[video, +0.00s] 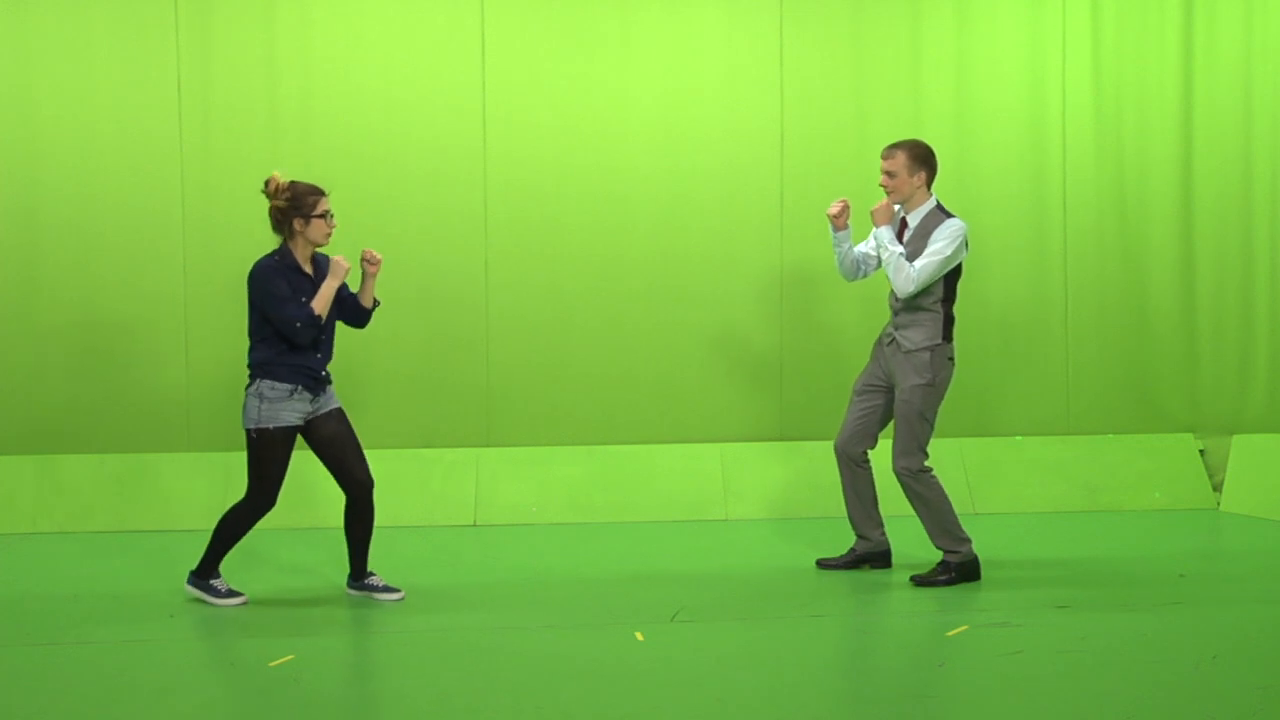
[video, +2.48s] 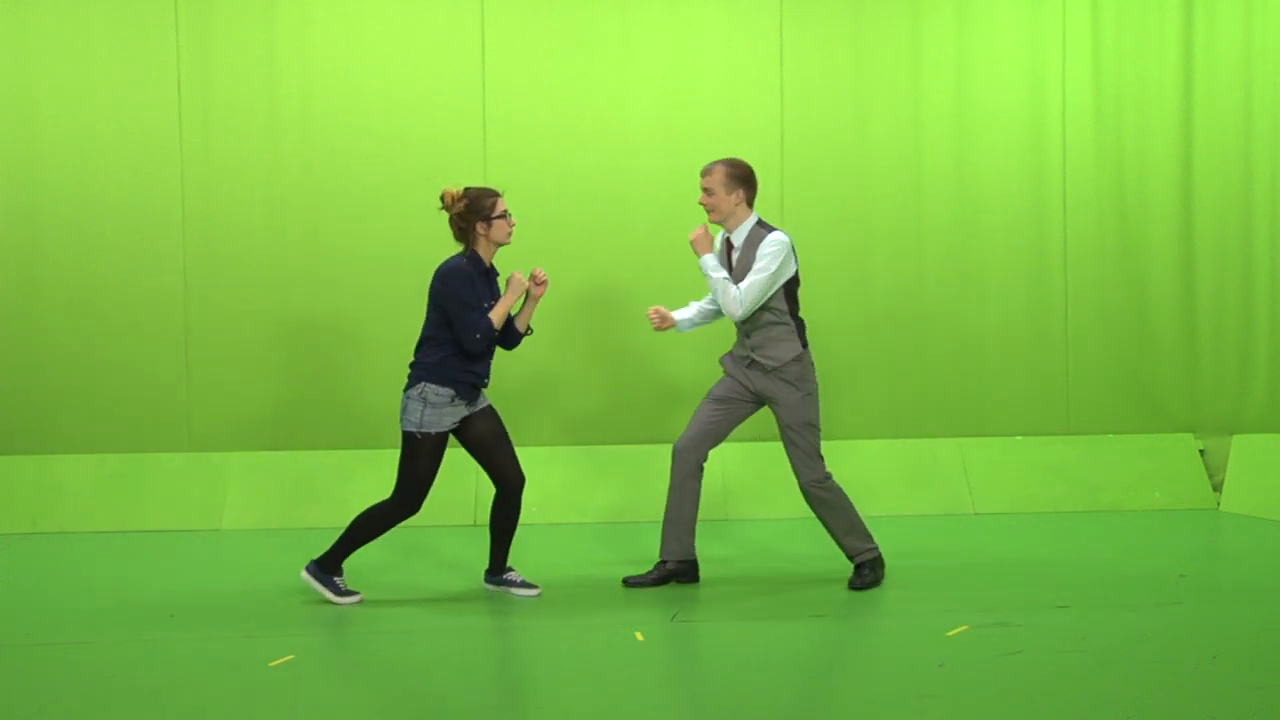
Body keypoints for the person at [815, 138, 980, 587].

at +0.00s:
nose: (884, 183)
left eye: (890, 176)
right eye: (883, 175)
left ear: (921, 178)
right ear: (901, 180)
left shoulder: (952, 230)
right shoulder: (896, 224)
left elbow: (907, 283)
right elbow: (851, 270)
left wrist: (884, 230)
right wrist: (841, 231)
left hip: (925, 356)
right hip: (888, 350)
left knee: (908, 461)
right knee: (850, 446)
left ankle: (961, 557)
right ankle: (871, 546)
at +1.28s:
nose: (855, 198)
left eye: (862, 190)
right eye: (854, 190)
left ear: (893, 193)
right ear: (882, 194)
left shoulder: (921, 248)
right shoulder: (868, 239)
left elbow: (881, 305)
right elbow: (833, 287)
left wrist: (851, 255)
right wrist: (818, 258)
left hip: (909, 370)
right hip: (871, 365)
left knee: (890, 475)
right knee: (808, 443)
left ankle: (957, 557)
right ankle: (805, 550)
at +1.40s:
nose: (834, 192)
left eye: (840, 184)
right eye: (833, 183)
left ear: (870, 187)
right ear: (860, 188)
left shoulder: (896, 242)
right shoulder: (844, 229)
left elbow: (848, 288)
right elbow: (803, 271)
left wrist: (822, 238)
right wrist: (791, 237)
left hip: (876, 368)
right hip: (836, 362)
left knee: (883, 473)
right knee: (776, 442)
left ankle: (954, 552)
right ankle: (739, 547)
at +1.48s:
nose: (811, 189)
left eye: (818, 181)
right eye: (811, 180)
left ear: (848, 184)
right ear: (838, 185)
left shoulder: (874, 237)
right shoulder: (821, 226)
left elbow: (828, 283)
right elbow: (778, 268)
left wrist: (802, 235)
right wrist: (770, 233)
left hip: (850, 364)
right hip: (809, 357)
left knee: (850, 473)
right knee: (758, 446)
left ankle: (922, 540)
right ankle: (731, 553)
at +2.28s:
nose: (749, 193)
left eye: (756, 186)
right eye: (749, 186)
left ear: (785, 189)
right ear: (772, 191)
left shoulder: (820, 239)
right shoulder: (765, 237)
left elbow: (780, 292)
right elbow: (736, 289)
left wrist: (750, 244)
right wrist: (717, 254)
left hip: (816, 368)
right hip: (775, 363)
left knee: (814, 475)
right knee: (722, 448)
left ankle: (868, 558)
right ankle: (712, 556)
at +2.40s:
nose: (727, 198)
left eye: (734, 191)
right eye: (726, 190)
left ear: (763, 194)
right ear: (755, 196)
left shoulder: (796, 244)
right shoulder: (748, 245)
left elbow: (755, 300)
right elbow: (743, 306)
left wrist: (726, 252)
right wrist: (704, 297)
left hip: (801, 373)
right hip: (760, 368)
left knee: (810, 480)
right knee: (701, 448)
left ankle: (867, 557)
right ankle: (685, 557)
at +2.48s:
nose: (703, 201)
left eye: (709, 193)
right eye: (702, 193)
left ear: (739, 196)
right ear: (728, 198)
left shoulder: (776, 244)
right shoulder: (723, 247)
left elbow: (737, 306)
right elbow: (717, 304)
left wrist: (707, 258)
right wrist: (676, 318)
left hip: (788, 372)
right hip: (743, 371)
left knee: (811, 476)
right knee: (688, 448)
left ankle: (867, 557)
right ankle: (679, 559)